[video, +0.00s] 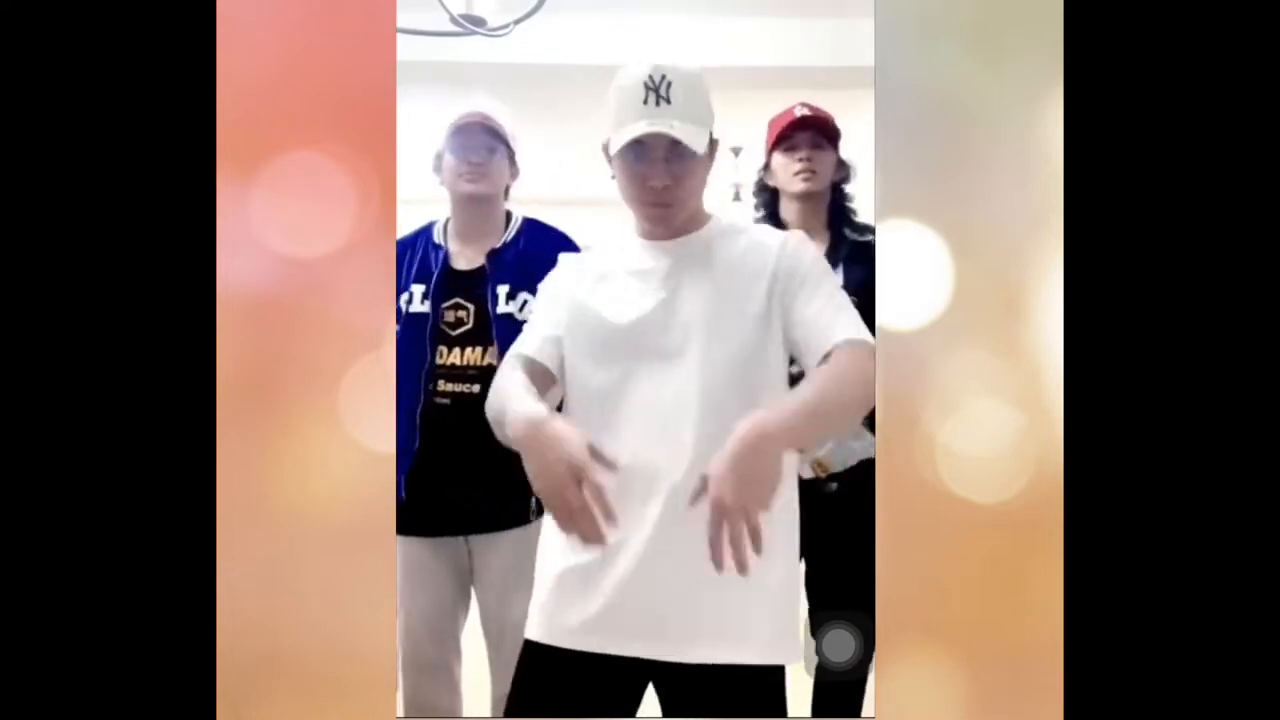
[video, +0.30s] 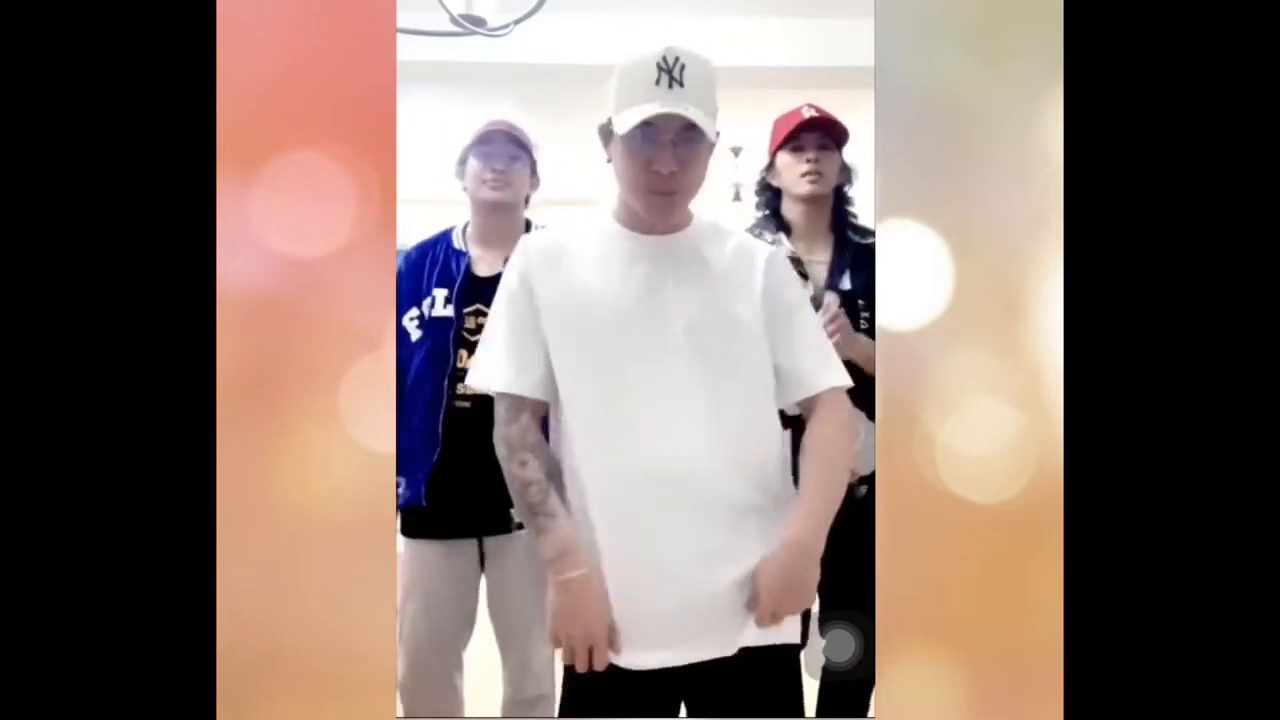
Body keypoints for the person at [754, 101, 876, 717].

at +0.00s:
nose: (805, 159)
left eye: (818, 149)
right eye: (791, 149)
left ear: (838, 165)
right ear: (769, 166)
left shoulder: (873, 250)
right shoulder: (742, 253)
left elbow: (898, 350)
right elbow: (724, 355)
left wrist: (856, 416)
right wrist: (773, 424)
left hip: (852, 468)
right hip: (764, 463)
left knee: (846, 634)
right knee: (754, 627)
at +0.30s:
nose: (813, 161)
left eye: (826, 150)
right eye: (797, 150)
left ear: (842, 167)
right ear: (772, 168)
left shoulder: (876, 255)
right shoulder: (743, 257)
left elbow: (908, 374)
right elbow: (720, 367)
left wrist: (855, 346)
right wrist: (784, 349)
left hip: (859, 474)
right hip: (766, 471)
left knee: (849, 647)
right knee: (767, 637)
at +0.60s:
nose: (809, 156)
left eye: (821, 148)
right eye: (793, 146)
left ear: (833, 167)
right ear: (762, 162)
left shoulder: (858, 253)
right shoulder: (729, 250)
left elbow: (885, 359)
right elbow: (730, 345)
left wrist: (837, 288)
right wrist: (812, 276)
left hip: (853, 474)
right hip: (768, 471)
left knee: (852, 644)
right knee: (772, 636)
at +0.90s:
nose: (798, 156)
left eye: (811, 147)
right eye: (782, 145)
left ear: (822, 165)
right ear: (752, 161)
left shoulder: (844, 252)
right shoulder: (724, 249)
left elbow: (872, 368)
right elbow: (713, 354)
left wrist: (840, 292)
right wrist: (793, 309)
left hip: (834, 468)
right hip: (753, 467)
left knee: (846, 645)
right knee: (751, 640)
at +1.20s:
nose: (792, 154)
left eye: (805, 145)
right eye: (778, 145)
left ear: (822, 163)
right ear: (751, 161)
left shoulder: (852, 252)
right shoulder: (724, 244)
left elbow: (878, 368)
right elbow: (704, 354)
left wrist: (813, 296)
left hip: (831, 467)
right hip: (743, 469)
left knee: (840, 649)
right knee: (745, 642)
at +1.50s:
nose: (800, 156)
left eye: (813, 146)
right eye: (785, 145)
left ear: (829, 161)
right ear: (759, 162)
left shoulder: (866, 248)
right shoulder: (733, 249)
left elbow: (894, 351)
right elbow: (711, 351)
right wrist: (770, 277)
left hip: (850, 460)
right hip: (755, 459)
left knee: (843, 643)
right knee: (758, 633)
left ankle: (834, 716)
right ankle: (770, 712)